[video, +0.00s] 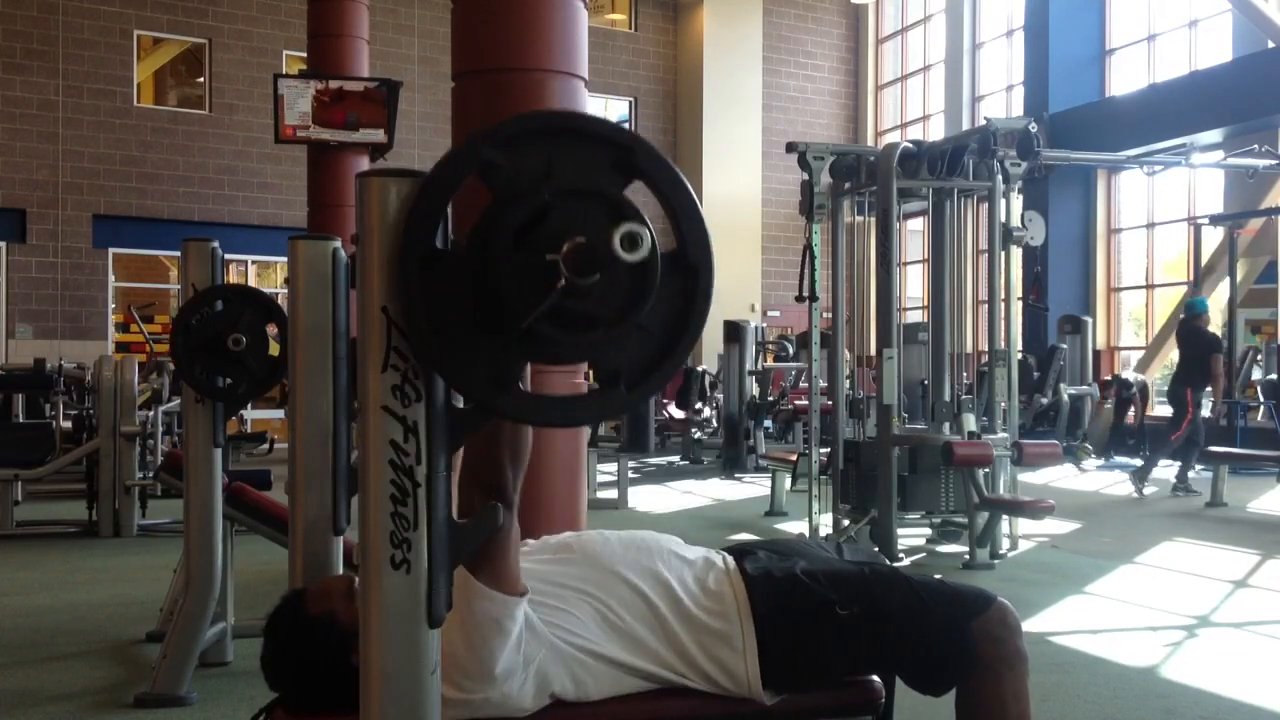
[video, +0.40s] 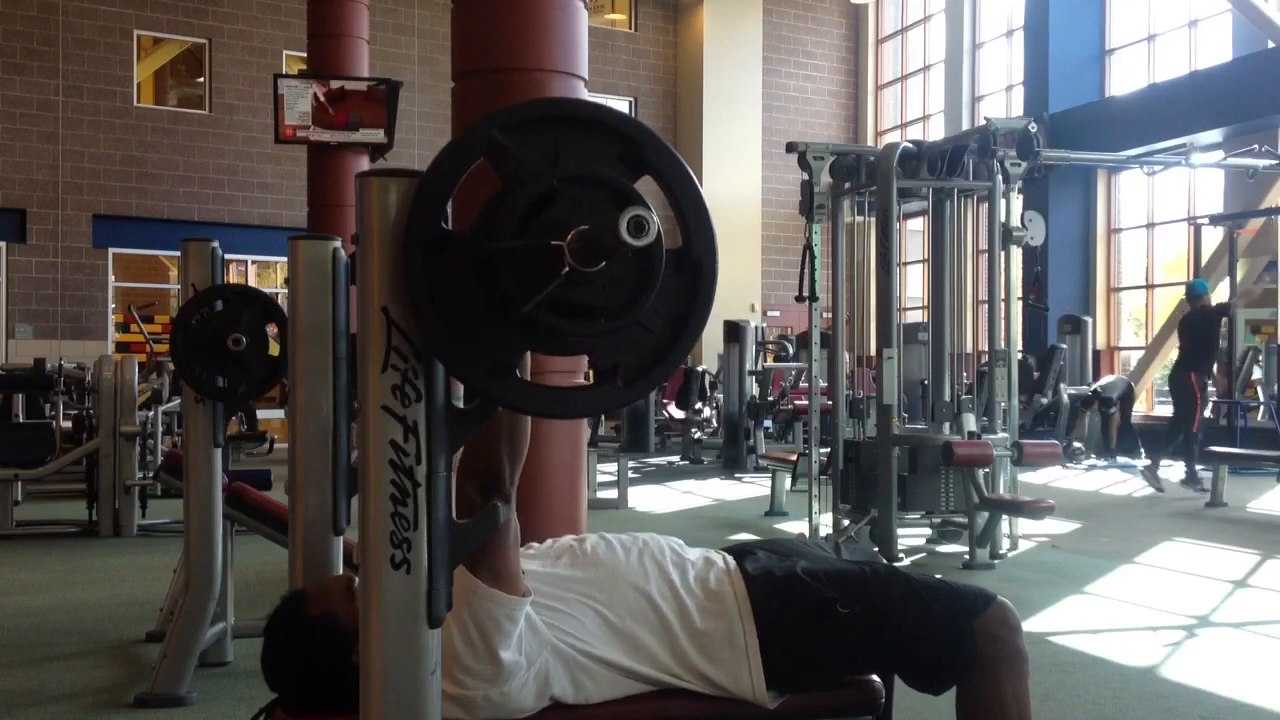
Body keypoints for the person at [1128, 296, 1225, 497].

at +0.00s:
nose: (1209, 317)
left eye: (1208, 314)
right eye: (1207, 314)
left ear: (1188, 316)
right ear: (1204, 316)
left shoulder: (1182, 331)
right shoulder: (1213, 340)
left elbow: (1184, 316)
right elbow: (1217, 373)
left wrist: (1190, 297)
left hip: (1177, 388)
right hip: (1190, 391)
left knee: (1196, 438)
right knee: (1176, 435)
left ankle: (1182, 481)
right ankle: (1142, 473)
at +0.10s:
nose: (1209, 321)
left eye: (1208, 318)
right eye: (1207, 318)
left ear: (1189, 319)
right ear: (1204, 320)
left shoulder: (1183, 335)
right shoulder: (1212, 342)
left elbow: (1188, 317)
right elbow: (1218, 375)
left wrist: (1198, 285)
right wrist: (1218, 403)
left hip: (1178, 392)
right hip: (1190, 395)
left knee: (1199, 439)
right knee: (1178, 439)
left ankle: (1182, 482)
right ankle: (1139, 473)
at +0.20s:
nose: (1206, 308)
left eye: (1205, 305)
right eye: (1205, 305)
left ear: (1186, 308)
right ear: (1201, 306)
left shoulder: (1179, 326)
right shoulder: (1211, 328)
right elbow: (1231, 353)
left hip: (1178, 380)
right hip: (1192, 382)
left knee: (1190, 432)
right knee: (1184, 428)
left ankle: (1181, 479)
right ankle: (1149, 468)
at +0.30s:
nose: (1207, 297)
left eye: (1206, 294)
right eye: (1206, 293)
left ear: (1187, 296)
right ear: (1202, 295)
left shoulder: (1181, 315)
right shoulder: (1207, 313)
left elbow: (1183, 340)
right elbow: (1242, 323)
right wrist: (1267, 329)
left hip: (1177, 369)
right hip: (1193, 371)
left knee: (1179, 419)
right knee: (1186, 420)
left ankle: (1173, 470)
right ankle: (1172, 471)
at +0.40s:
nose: (1209, 299)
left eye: (1207, 296)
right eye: (1207, 296)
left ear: (1189, 299)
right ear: (1204, 297)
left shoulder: (1185, 319)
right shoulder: (1209, 313)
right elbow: (1238, 304)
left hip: (1178, 373)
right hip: (1192, 374)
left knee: (1179, 422)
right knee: (1192, 424)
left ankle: (1152, 466)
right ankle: (1191, 475)